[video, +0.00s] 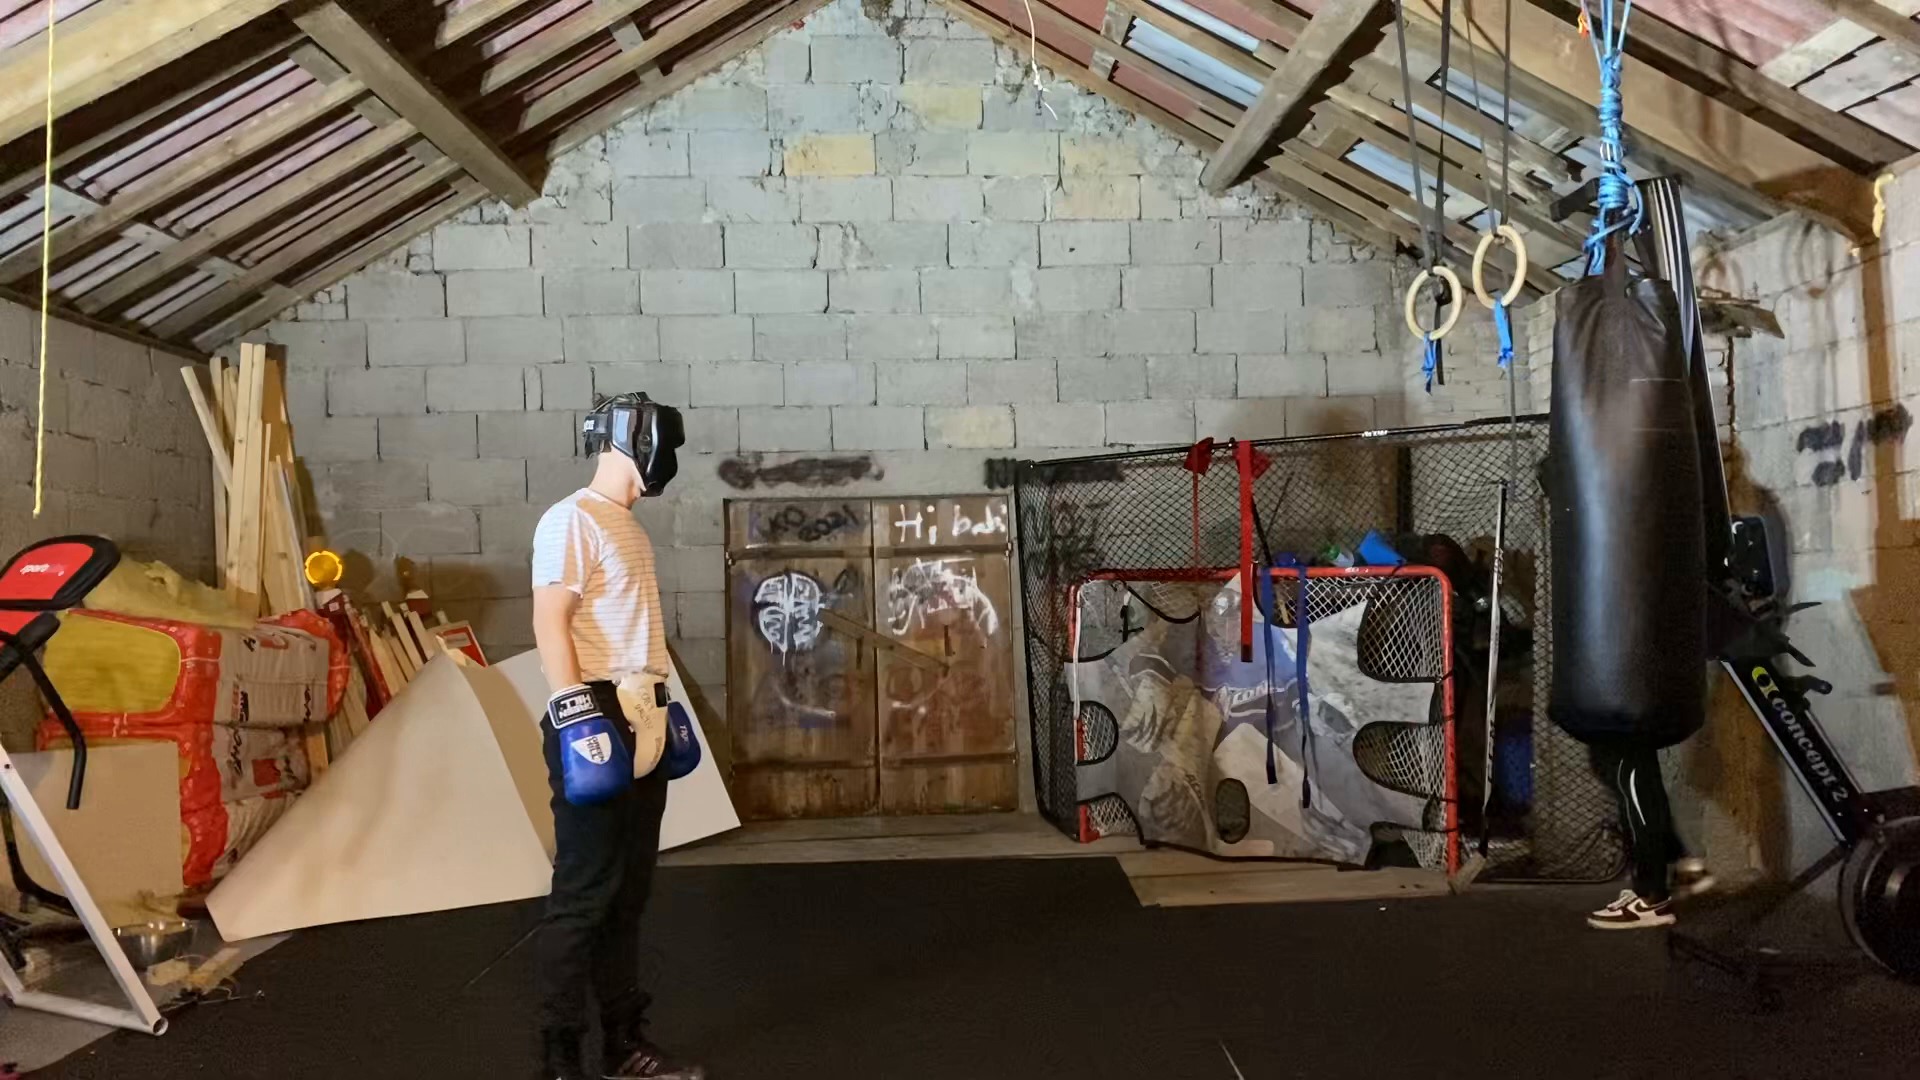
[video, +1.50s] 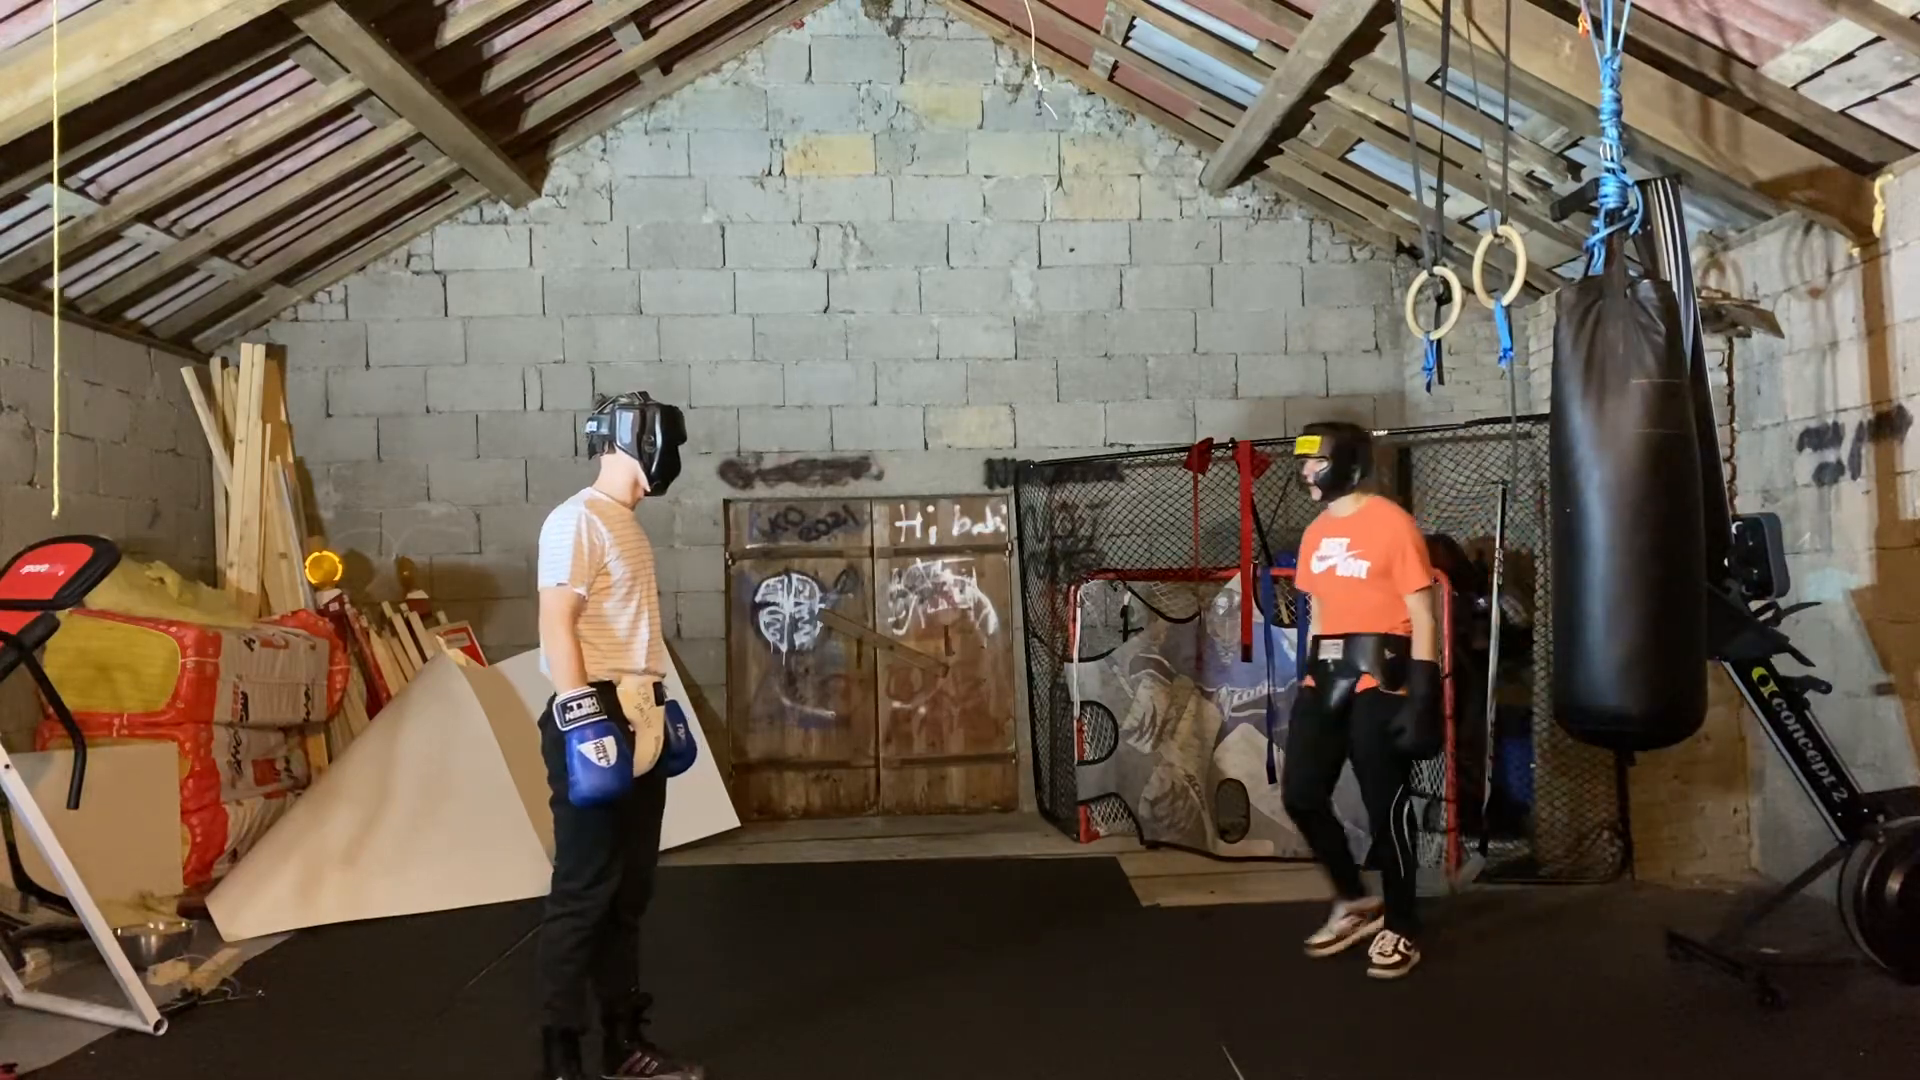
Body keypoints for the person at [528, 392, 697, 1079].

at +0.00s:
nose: (664, 467)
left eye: (666, 453)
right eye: (657, 451)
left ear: (631, 448)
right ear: (624, 444)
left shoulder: (631, 531)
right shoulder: (567, 520)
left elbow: (641, 627)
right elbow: (550, 621)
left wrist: (667, 704)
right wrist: (578, 715)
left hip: (643, 716)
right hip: (592, 718)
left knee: (627, 892)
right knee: (582, 894)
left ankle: (621, 1048)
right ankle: (561, 1060)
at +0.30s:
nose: (664, 468)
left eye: (666, 454)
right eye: (658, 452)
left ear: (634, 450)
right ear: (624, 445)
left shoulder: (633, 531)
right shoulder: (567, 520)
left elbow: (643, 628)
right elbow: (551, 622)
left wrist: (668, 704)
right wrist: (579, 715)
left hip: (643, 716)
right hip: (592, 718)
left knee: (628, 889)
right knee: (583, 891)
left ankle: (622, 1046)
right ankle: (560, 1059)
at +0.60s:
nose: (664, 470)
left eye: (666, 457)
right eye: (658, 455)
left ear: (631, 453)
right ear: (625, 447)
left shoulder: (632, 531)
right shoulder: (568, 521)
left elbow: (642, 627)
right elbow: (551, 623)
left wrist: (667, 704)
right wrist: (580, 717)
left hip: (643, 715)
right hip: (592, 719)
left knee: (628, 890)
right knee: (583, 893)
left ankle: (622, 1046)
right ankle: (561, 1059)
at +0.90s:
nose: (665, 467)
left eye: (666, 453)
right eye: (658, 451)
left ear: (630, 448)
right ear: (625, 445)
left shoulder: (631, 531)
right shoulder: (568, 521)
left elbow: (642, 627)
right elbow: (550, 623)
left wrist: (667, 704)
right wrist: (580, 718)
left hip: (643, 715)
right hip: (593, 719)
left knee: (627, 891)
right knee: (582, 893)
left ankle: (623, 1046)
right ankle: (560, 1059)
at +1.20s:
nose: (661, 468)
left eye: (664, 454)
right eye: (653, 452)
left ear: (636, 452)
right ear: (619, 445)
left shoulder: (632, 532)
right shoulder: (567, 521)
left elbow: (644, 627)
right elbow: (551, 624)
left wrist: (667, 703)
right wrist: (583, 718)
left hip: (643, 716)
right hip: (592, 719)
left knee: (628, 892)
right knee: (583, 894)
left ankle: (623, 1046)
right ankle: (561, 1059)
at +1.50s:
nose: (666, 468)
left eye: (668, 454)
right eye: (659, 452)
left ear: (634, 452)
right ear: (625, 446)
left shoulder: (628, 529)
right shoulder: (574, 520)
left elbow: (638, 625)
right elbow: (556, 623)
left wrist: (663, 705)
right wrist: (585, 718)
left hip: (639, 715)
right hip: (592, 718)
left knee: (628, 891)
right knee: (582, 893)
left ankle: (624, 1047)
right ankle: (562, 1060)